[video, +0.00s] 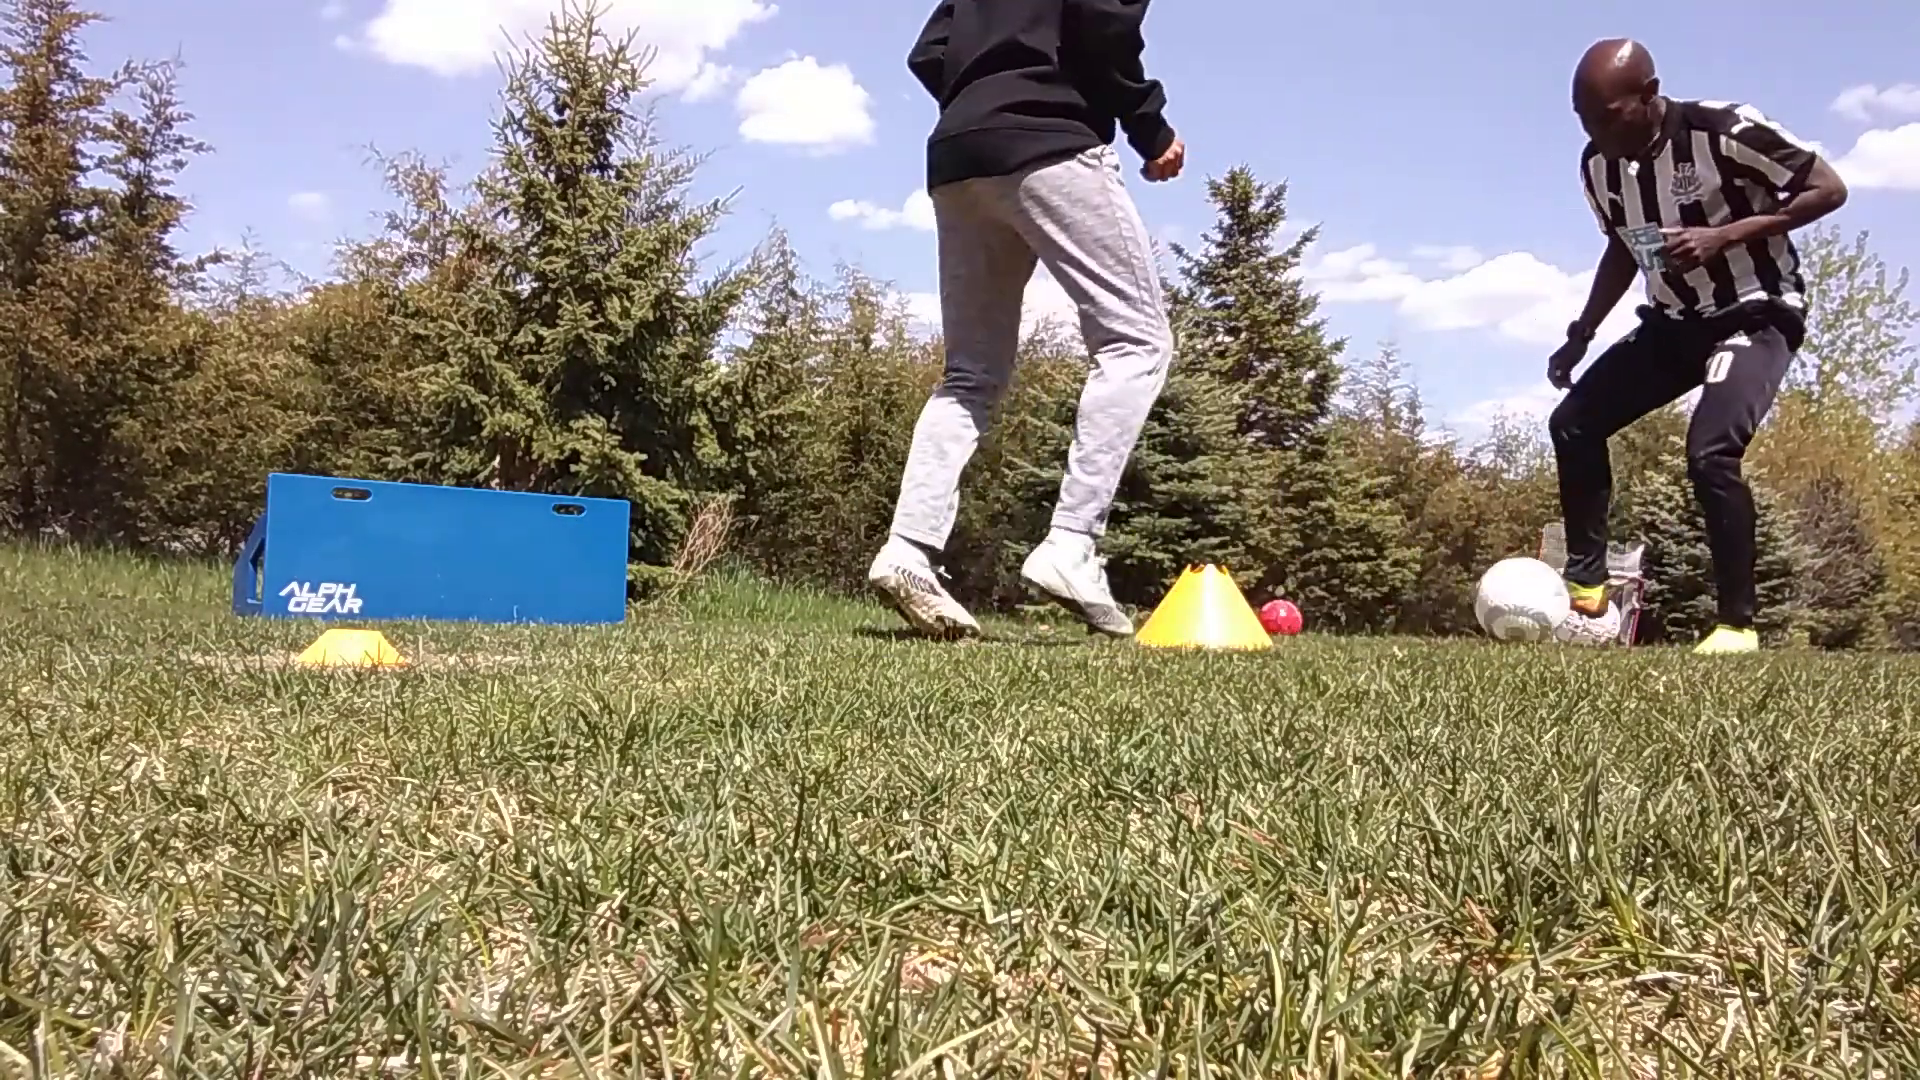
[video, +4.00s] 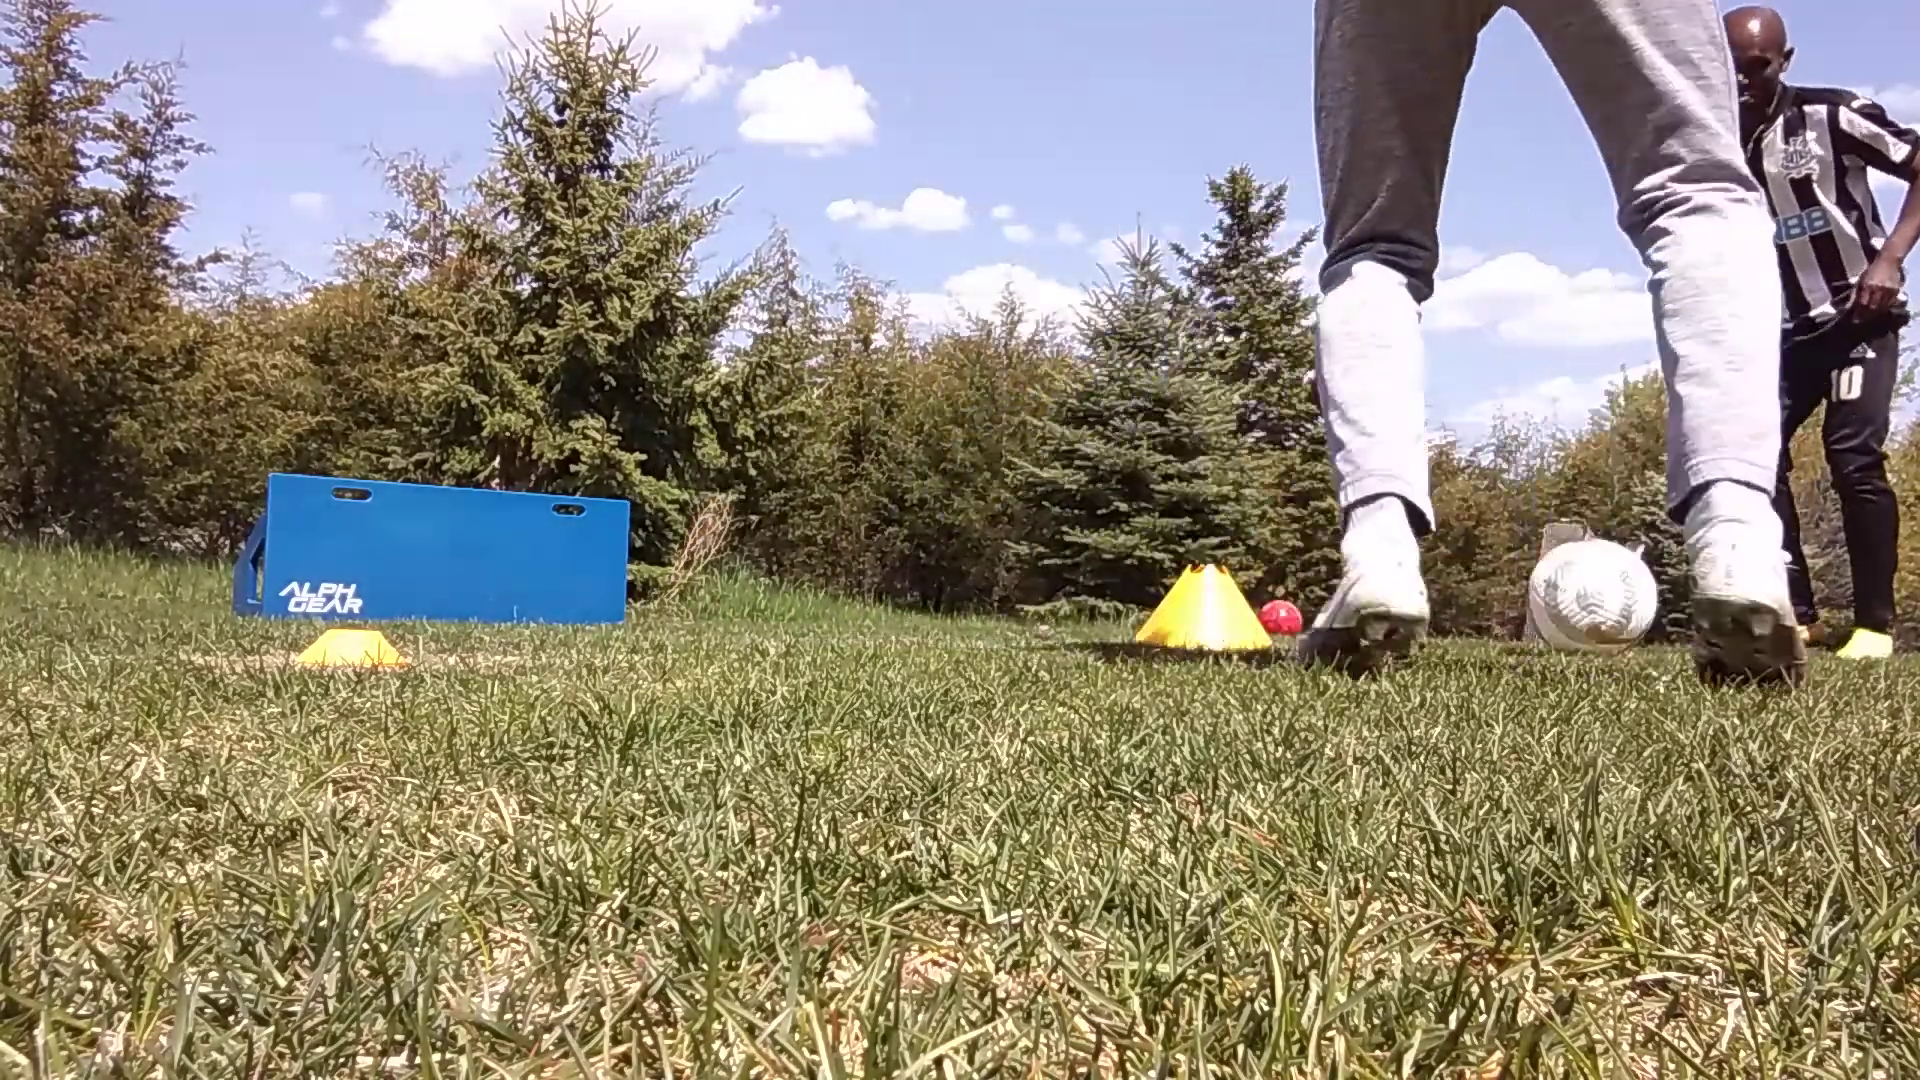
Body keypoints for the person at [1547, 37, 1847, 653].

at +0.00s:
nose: (1591, 131)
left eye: (1600, 116)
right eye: (1585, 118)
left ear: (1647, 97)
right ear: (1585, 108)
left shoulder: (1725, 130)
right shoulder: (1599, 165)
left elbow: (1828, 188)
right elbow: (1623, 248)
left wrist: (1726, 234)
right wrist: (1583, 331)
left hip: (1756, 318)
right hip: (1676, 324)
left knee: (1710, 451)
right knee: (1573, 423)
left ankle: (1737, 626)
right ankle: (1585, 585)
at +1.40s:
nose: (1615, 157)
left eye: (1624, 143)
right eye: (1610, 144)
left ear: (1665, 123)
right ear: (1608, 132)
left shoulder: (1738, 139)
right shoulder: (1623, 182)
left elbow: (1849, 179)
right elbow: (1668, 253)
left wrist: (1753, 221)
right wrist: (1648, 339)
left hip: (1780, 318)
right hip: (1705, 334)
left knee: (1740, 450)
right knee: (1645, 455)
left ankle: (1756, 623)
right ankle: (1677, 615)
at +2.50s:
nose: (1558, 138)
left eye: (1572, 125)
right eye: (1552, 126)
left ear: (1615, 118)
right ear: (1547, 124)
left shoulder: (1682, 154)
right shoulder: (1546, 191)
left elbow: (1759, 210)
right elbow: (1564, 269)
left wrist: (1707, 296)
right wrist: (1566, 348)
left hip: (1709, 329)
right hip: (1626, 345)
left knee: (1720, 456)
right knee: (1601, 473)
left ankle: (1752, 620)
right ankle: (1598, 622)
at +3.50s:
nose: (1648, 133)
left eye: (1663, 118)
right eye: (1636, 119)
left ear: (1692, 104)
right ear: (1618, 111)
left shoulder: (1744, 152)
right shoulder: (1600, 179)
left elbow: (1841, 196)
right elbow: (1598, 247)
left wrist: (1796, 254)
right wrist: (1577, 321)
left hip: (1747, 333)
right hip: (1652, 348)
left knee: (1793, 451)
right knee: (1610, 479)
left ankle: (1848, 606)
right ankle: (1597, 623)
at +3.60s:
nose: (1676, 105)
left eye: (1692, 89)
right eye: (1664, 89)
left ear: (1724, 70)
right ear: (1648, 77)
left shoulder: (1779, 120)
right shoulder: (1633, 149)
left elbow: (1868, 165)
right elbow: (1636, 226)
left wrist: (1832, 233)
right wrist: (1605, 298)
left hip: (1788, 323)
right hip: (1696, 333)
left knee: (1820, 459)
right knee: (1642, 460)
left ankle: (1860, 620)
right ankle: (1614, 612)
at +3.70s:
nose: (1710, 109)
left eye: (1728, 92)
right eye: (1697, 92)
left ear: (1756, 73)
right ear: (1680, 77)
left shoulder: (1812, 120)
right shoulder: (1661, 157)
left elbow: (1891, 171)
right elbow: (1662, 247)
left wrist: (1861, 255)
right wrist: (1630, 319)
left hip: (1818, 323)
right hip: (1727, 334)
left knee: (1831, 463)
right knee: (1652, 434)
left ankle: (1864, 624)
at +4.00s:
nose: (1748, 81)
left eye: (1760, 67)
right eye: (1737, 68)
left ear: (1785, 60)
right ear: (1722, 64)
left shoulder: (1837, 113)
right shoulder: (1721, 138)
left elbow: (1917, 168)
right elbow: (1711, 230)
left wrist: (1889, 258)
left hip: (1861, 318)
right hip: (1787, 332)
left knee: (1853, 462)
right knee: (1755, 455)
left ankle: (1874, 625)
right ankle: (1795, 614)